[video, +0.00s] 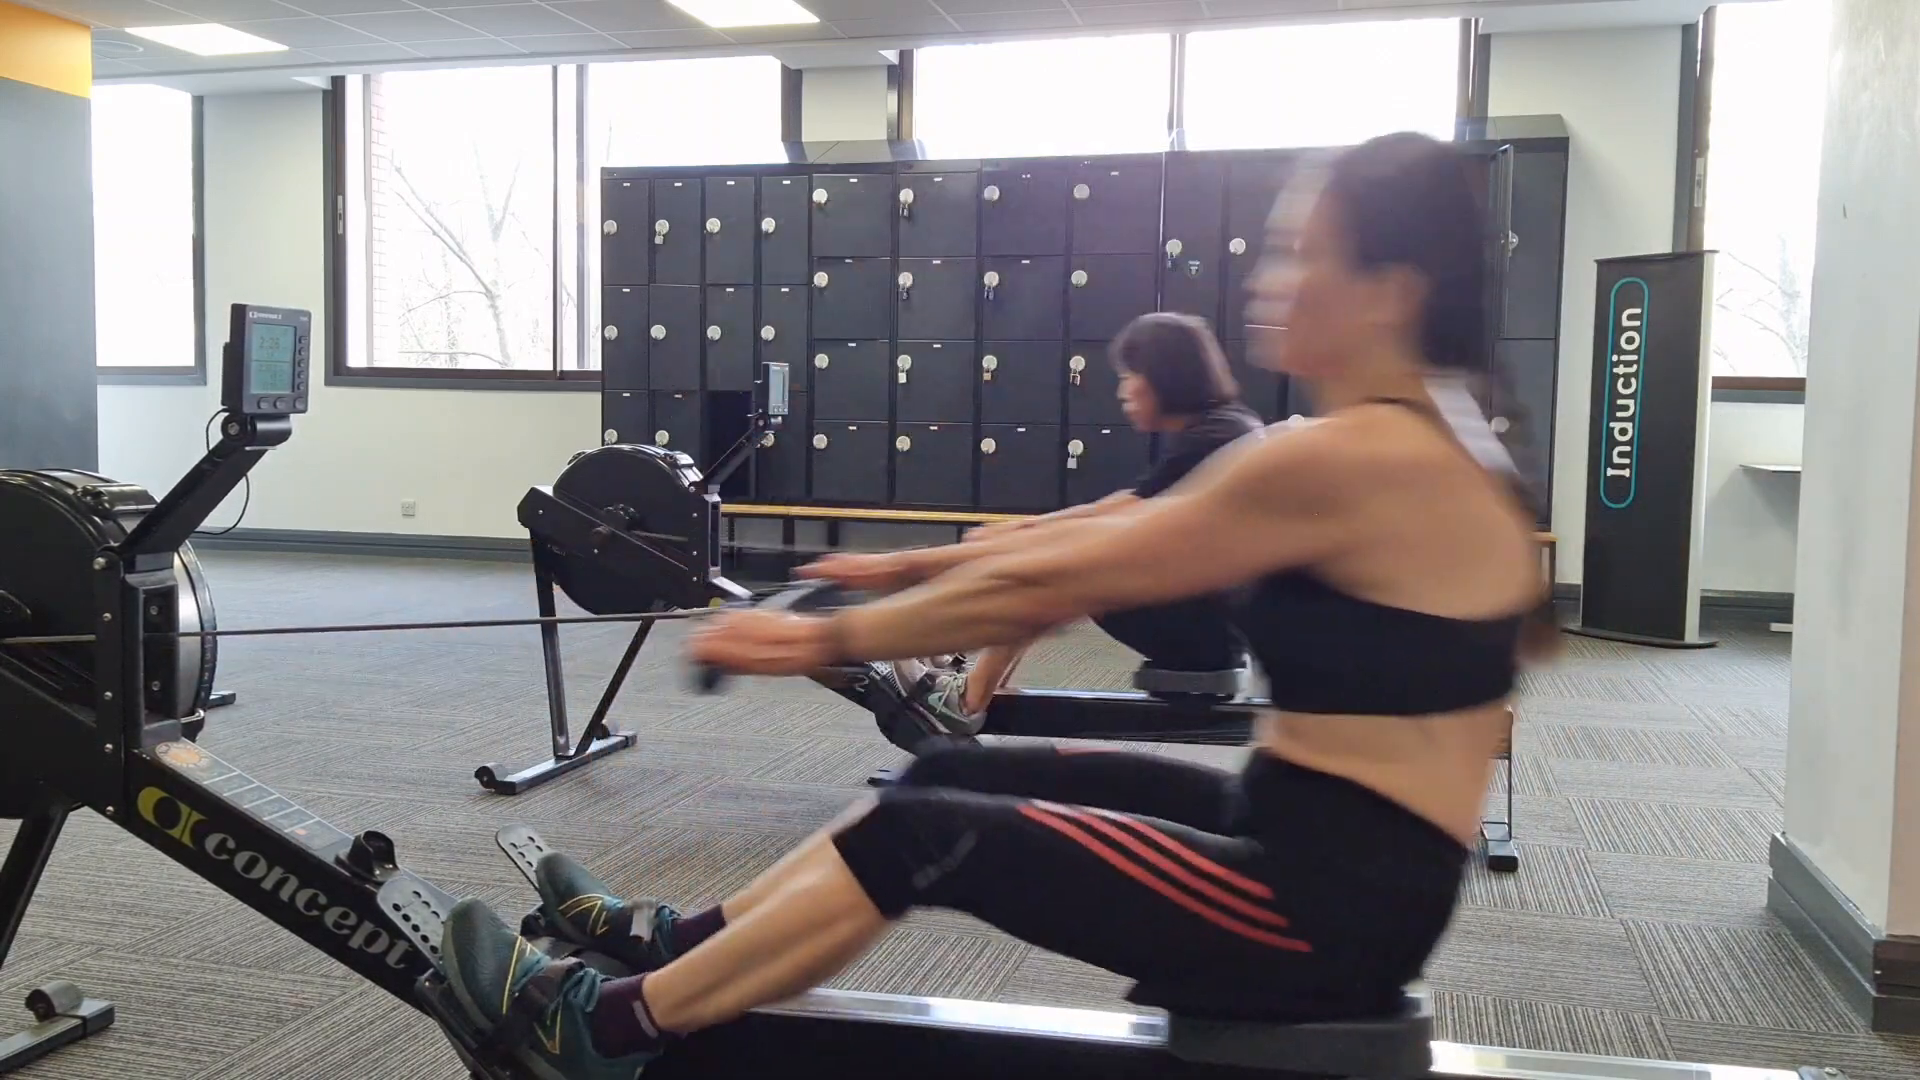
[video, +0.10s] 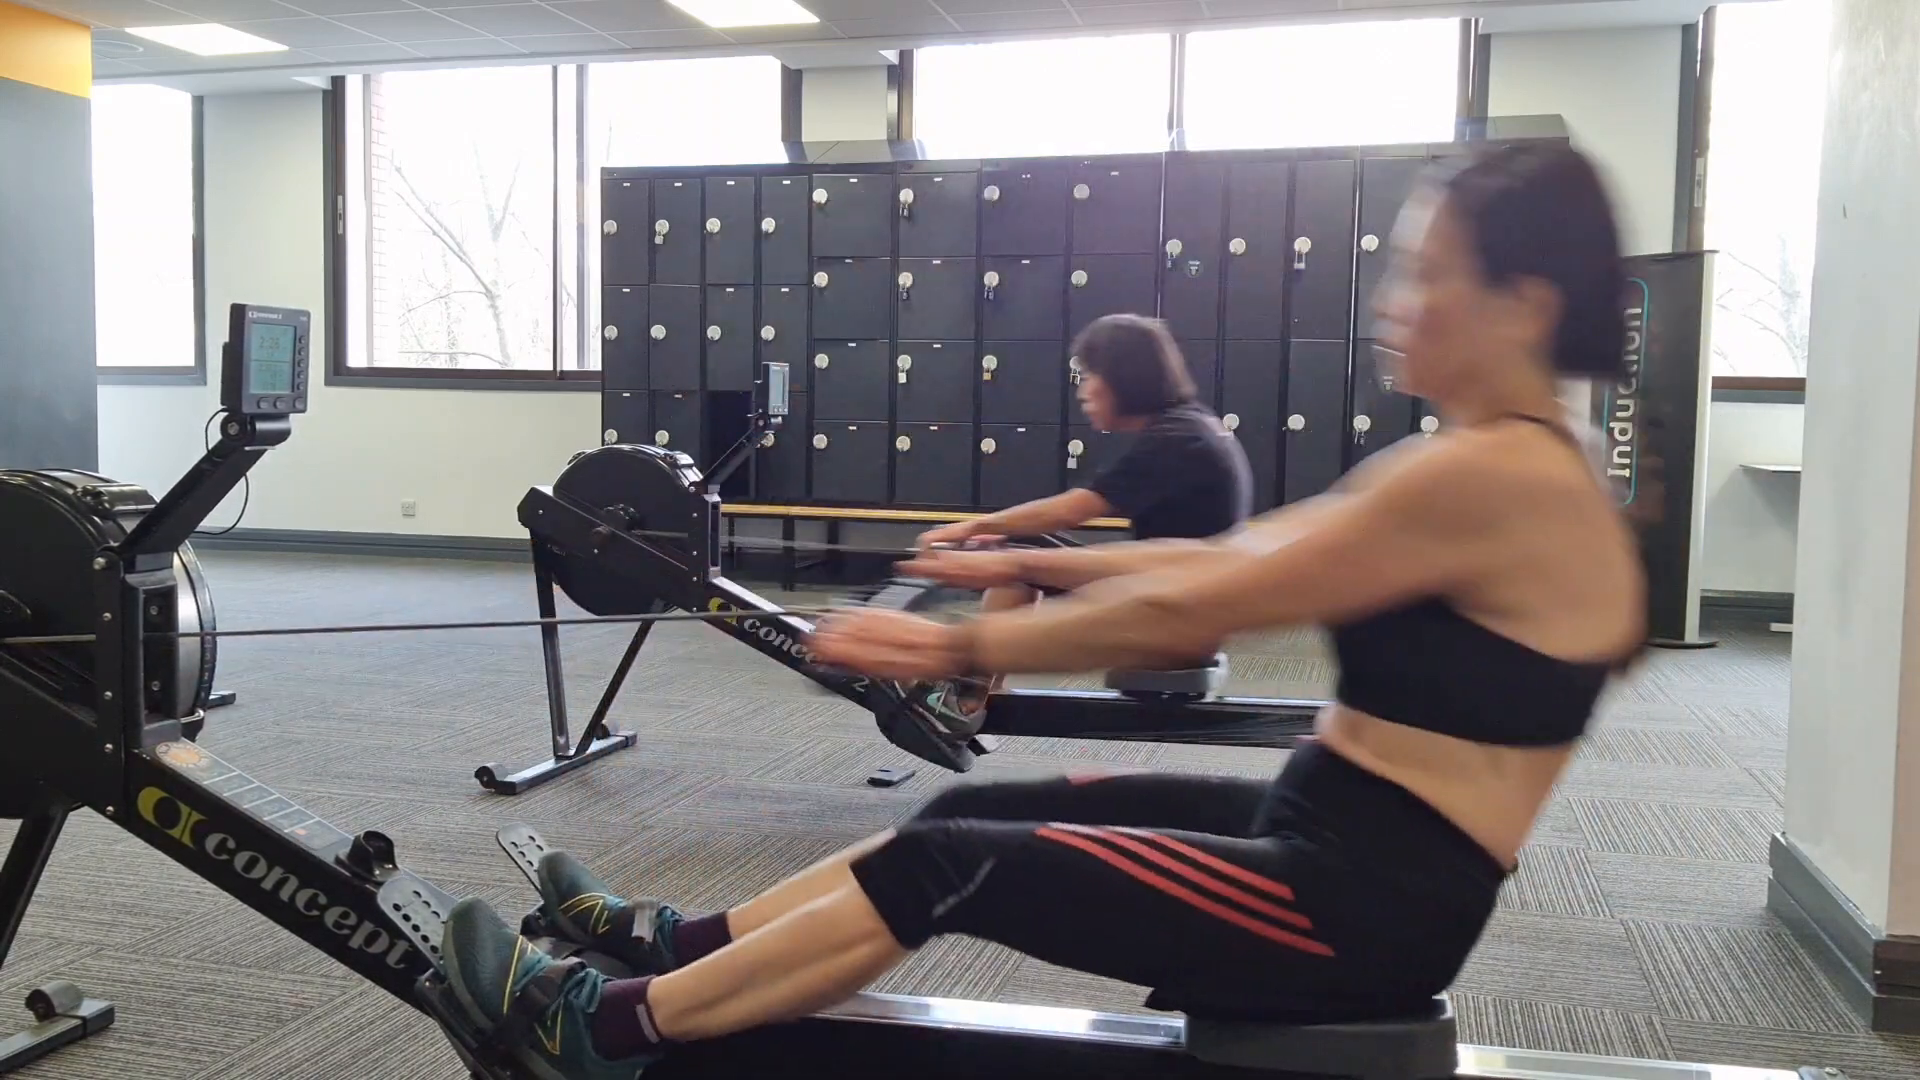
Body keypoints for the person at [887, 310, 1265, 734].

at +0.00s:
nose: (1121, 392)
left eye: (1129, 376)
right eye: (1121, 378)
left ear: (1166, 379)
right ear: (1176, 378)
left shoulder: (1212, 442)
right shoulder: (1204, 435)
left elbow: (1109, 516)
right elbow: (1101, 510)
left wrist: (1008, 540)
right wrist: (1015, 532)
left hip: (1204, 638)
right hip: (1201, 627)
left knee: (1066, 562)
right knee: (1062, 548)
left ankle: (972, 700)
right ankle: (979, 692)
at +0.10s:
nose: (1081, 393)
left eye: (1087, 378)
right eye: (1081, 380)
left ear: (1124, 379)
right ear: (1143, 376)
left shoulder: (1171, 442)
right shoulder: (1192, 429)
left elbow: (1073, 508)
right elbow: (1084, 507)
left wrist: (969, 526)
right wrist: (1003, 531)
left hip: (1176, 605)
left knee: (1019, 559)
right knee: (1027, 549)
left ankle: (970, 696)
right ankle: (978, 687)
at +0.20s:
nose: (1042, 394)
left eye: (1050, 379)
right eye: (1043, 380)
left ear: (1085, 381)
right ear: (1103, 378)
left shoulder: (1129, 443)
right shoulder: (1154, 427)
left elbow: (1025, 507)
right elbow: (1039, 507)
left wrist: (922, 528)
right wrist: (968, 538)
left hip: (1146, 629)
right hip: (1167, 621)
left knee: (997, 538)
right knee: (1013, 536)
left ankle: (973, 666)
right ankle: (989, 667)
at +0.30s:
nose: (1006, 394)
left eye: (1013, 380)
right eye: (1006, 381)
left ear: (1047, 383)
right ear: (1064, 381)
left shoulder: (1091, 442)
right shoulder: (1117, 429)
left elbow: (980, 504)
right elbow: (1007, 507)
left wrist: (876, 532)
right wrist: (942, 538)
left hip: (1120, 627)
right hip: (1139, 619)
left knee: (976, 538)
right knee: (994, 533)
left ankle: (966, 700)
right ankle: (984, 691)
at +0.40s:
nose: (973, 397)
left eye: (979, 383)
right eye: (974, 384)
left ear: (1013, 384)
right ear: (1030, 383)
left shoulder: (1054, 442)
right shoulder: (1079, 430)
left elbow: (939, 503)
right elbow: (975, 504)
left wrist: (840, 533)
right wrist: (899, 539)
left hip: (1096, 628)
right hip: (1111, 621)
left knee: (957, 534)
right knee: (973, 529)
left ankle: (968, 694)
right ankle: (986, 681)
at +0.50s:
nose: (946, 401)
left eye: (952, 386)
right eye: (947, 387)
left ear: (985, 387)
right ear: (1004, 385)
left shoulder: (1025, 442)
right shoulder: (1053, 432)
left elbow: (909, 502)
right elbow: (943, 502)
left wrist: (810, 530)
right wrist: (867, 536)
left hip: (1077, 630)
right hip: (1092, 622)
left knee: (939, 531)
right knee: (954, 526)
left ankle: (967, 695)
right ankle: (987, 677)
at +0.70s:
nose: (925, 401)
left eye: (930, 387)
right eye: (927, 388)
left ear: (959, 389)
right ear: (990, 384)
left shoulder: (994, 440)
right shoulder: (1031, 430)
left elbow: (874, 486)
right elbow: (913, 489)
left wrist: (774, 500)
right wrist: (825, 505)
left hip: (1045, 611)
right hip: (1069, 602)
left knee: (922, 531)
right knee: (943, 520)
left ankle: (969, 684)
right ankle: (976, 667)